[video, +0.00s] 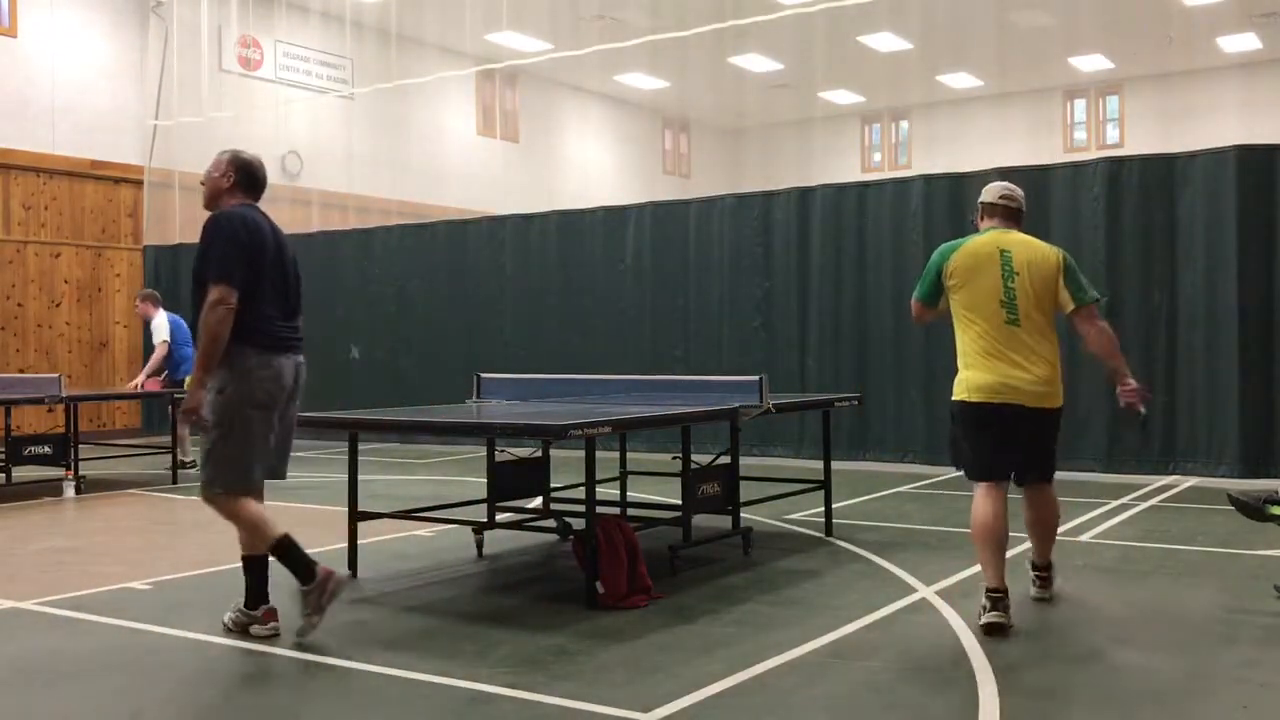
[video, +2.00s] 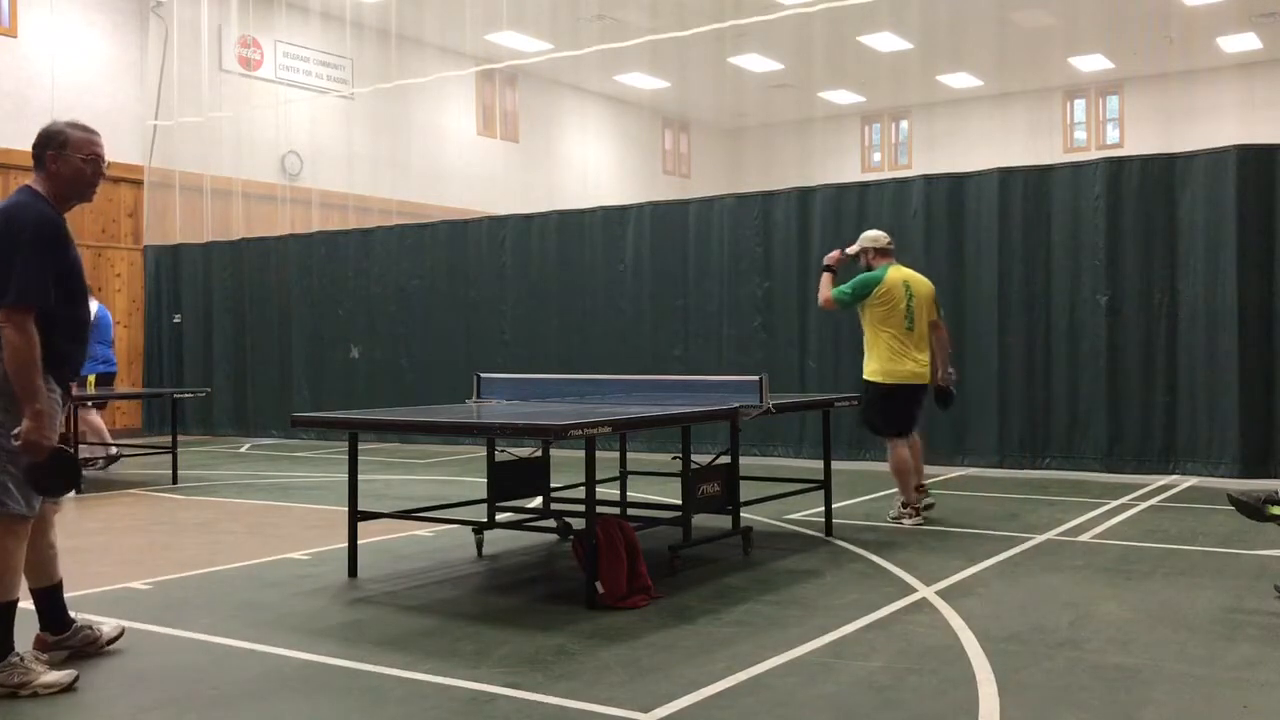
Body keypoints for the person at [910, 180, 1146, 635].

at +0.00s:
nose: (979, 223)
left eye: (978, 217)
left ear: (980, 218)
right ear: (1021, 219)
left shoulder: (951, 255)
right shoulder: (1051, 257)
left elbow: (921, 311)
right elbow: (1090, 323)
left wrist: (955, 282)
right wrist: (1122, 375)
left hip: (978, 394)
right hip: (1039, 395)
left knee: (988, 487)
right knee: (1039, 485)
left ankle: (995, 598)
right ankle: (1042, 572)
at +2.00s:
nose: (861, 263)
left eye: (861, 257)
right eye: (860, 258)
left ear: (869, 254)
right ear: (891, 252)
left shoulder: (872, 280)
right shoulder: (923, 283)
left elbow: (826, 299)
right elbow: (937, 328)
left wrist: (828, 268)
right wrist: (943, 370)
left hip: (885, 376)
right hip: (918, 375)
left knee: (896, 441)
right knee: (909, 432)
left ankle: (909, 506)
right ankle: (919, 490)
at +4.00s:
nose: (689, 277)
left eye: (693, 272)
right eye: (687, 272)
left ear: (709, 268)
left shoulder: (726, 294)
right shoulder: (699, 295)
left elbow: (732, 337)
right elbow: (700, 337)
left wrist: (693, 353)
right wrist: (684, 361)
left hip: (723, 378)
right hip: (704, 377)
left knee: (711, 434)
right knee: (717, 434)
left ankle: (715, 492)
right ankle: (723, 491)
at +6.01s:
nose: (677, 268)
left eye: (682, 262)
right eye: (675, 263)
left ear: (699, 263)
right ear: (675, 264)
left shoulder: (713, 289)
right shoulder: (690, 290)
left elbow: (718, 330)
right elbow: (687, 334)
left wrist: (676, 325)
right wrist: (676, 368)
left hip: (708, 377)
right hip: (688, 376)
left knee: (705, 433)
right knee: (701, 433)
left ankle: (714, 487)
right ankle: (716, 486)